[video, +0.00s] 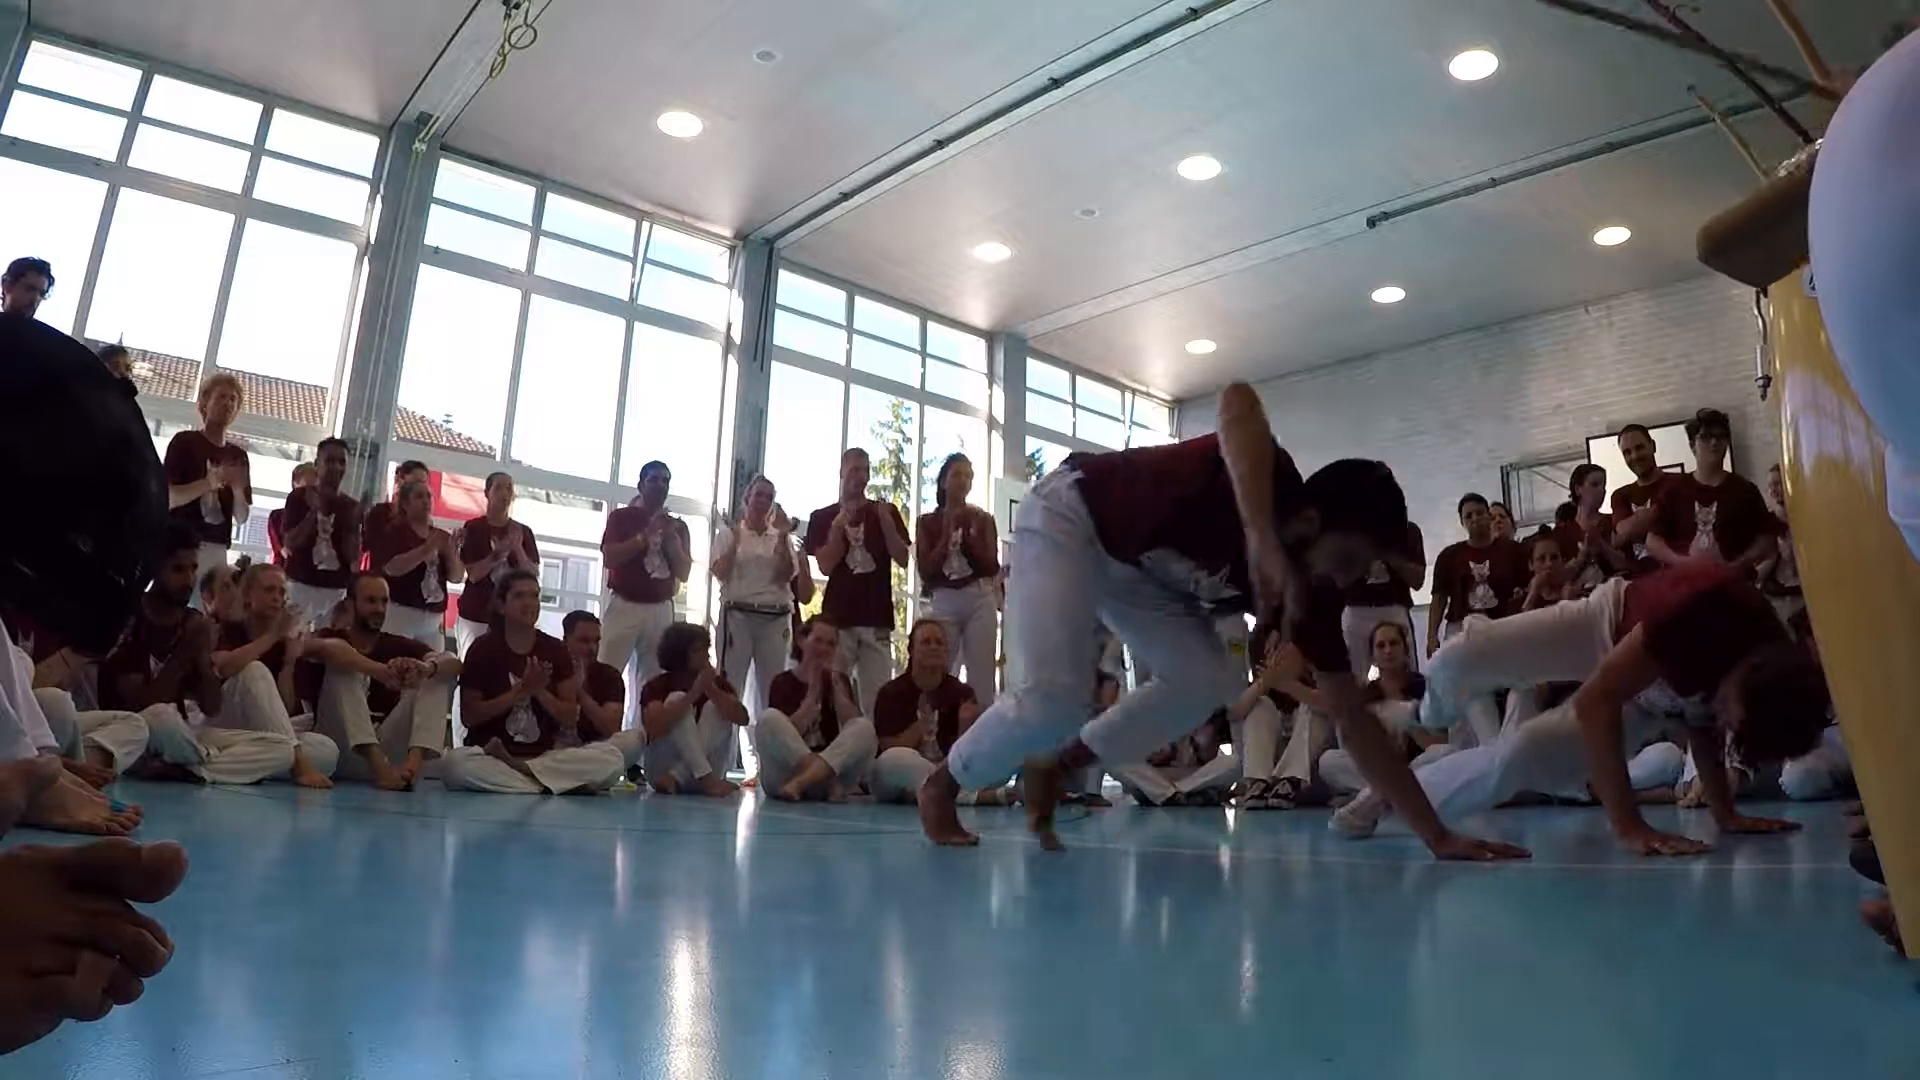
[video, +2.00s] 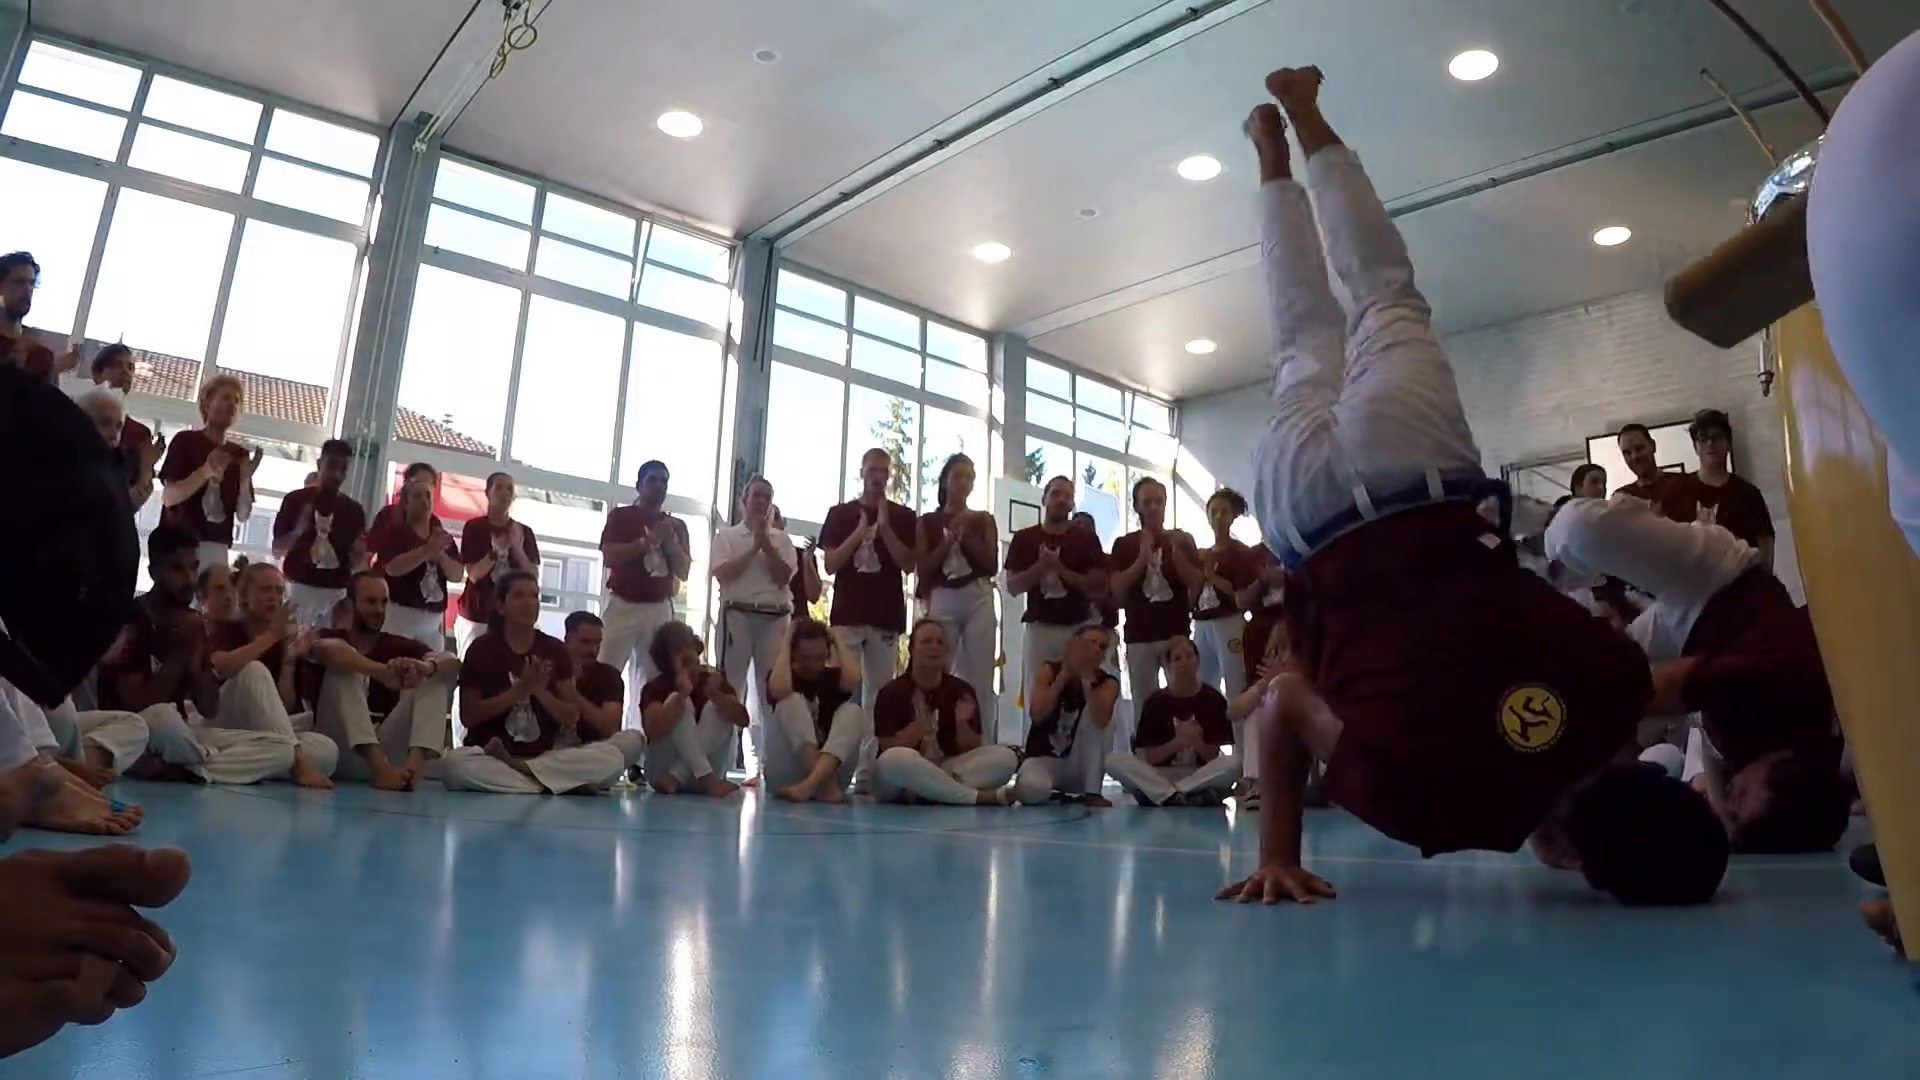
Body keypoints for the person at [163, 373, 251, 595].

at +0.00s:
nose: (227, 403)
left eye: (232, 399)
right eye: (221, 396)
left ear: (237, 409)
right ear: (202, 403)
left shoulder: (237, 455)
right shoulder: (183, 442)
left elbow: (241, 517)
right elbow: (167, 499)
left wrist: (236, 486)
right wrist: (208, 483)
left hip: (216, 549)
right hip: (180, 545)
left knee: (208, 620)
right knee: (170, 616)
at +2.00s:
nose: (232, 405)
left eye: (236, 400)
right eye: (225, 398)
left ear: (239, 409)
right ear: (206, 402)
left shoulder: (238, 454)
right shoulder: (184, 441)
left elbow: (243, 515)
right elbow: (169, 497)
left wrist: (245, 478)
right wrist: (207, 470)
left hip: (216, 547)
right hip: (179, 543)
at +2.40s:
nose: (229, 404)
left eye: (234, 400)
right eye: (223, 397)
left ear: (237, 408)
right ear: (205, 403)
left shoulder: (237, 454)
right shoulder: (183, 440)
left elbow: (243, 512)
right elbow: (172, 497)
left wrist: (228, 478)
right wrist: (214, 473)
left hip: (216, 545)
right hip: (180, 541)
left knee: (209, 618)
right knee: (173, 614)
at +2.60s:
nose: (229, 404)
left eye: (234, 400)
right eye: (223, 397)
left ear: (237, 409)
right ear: (205, 402)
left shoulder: (237, 453)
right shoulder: (183, 441)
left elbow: (246, 512)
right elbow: (171, 497)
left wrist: (235, 481)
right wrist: (211, 475)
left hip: (216, 546)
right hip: (179, 542)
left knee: (207, 618)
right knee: (172, 613)